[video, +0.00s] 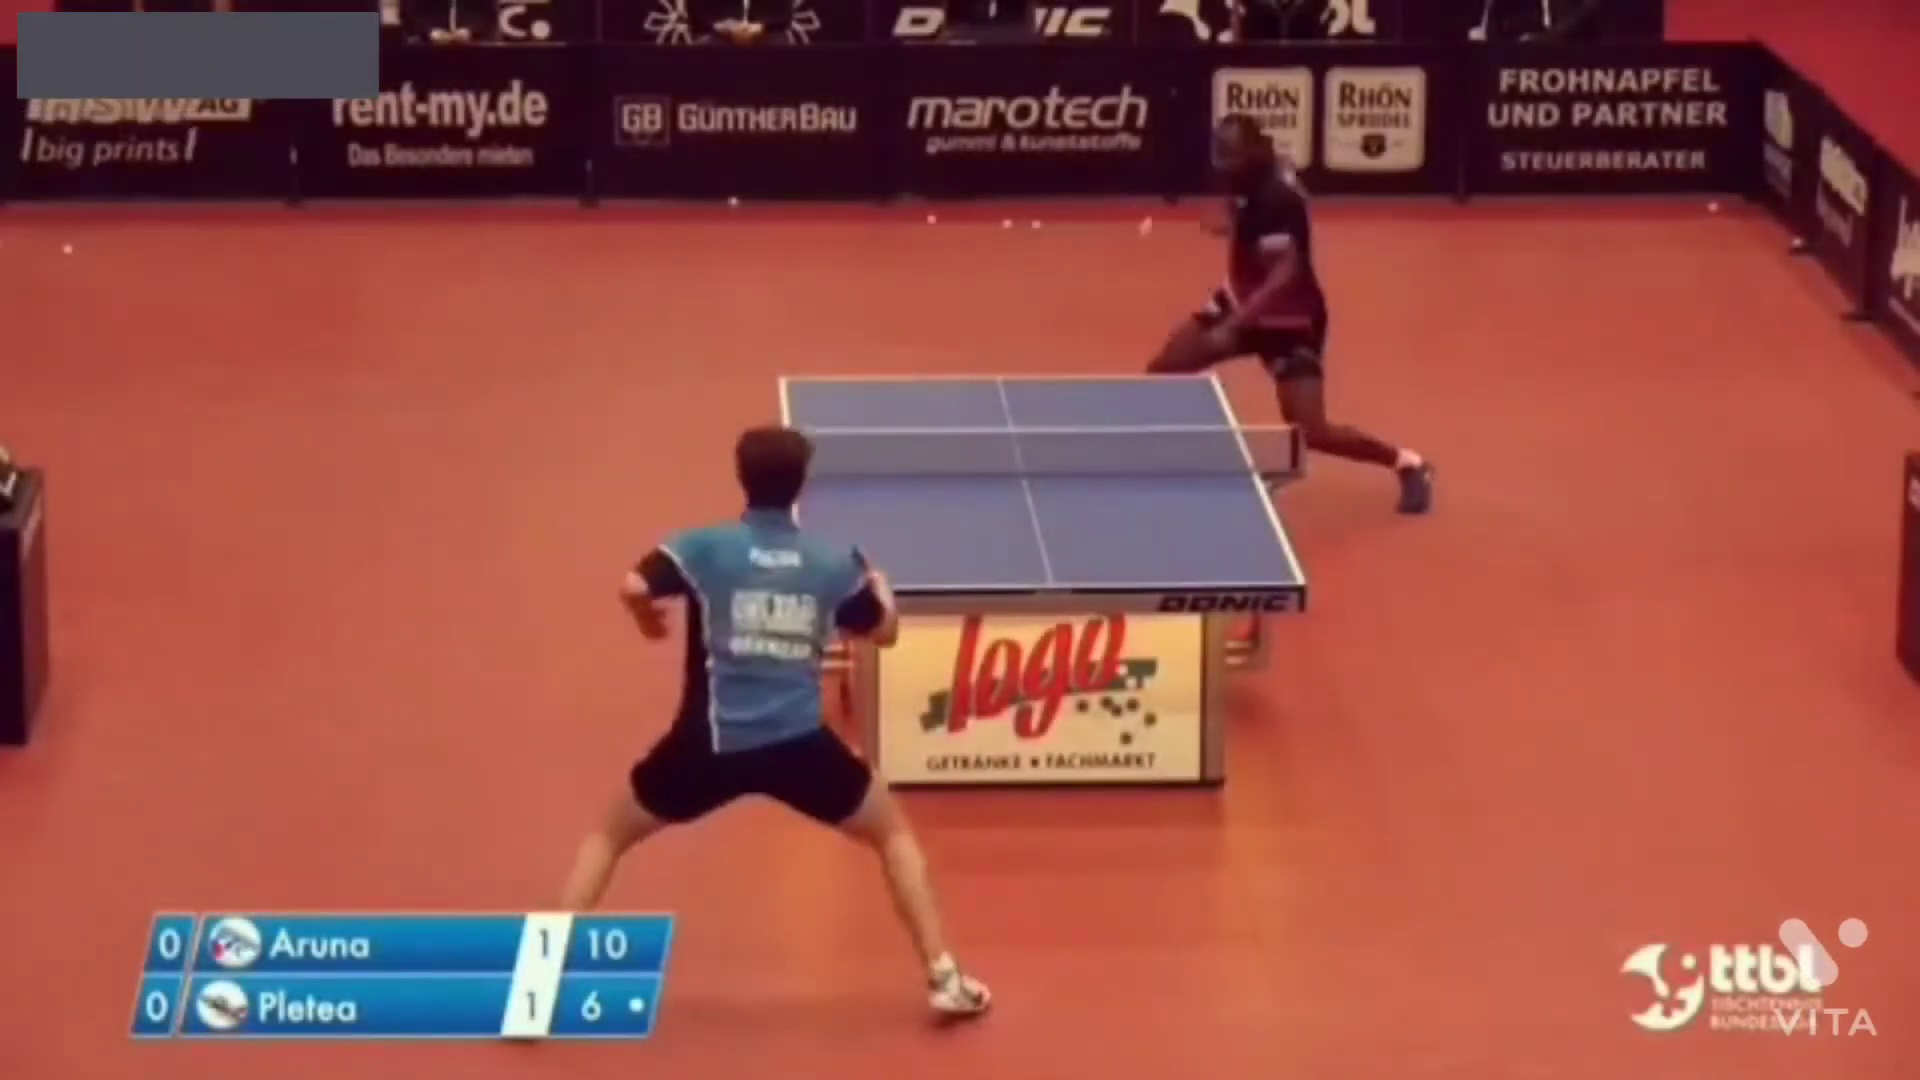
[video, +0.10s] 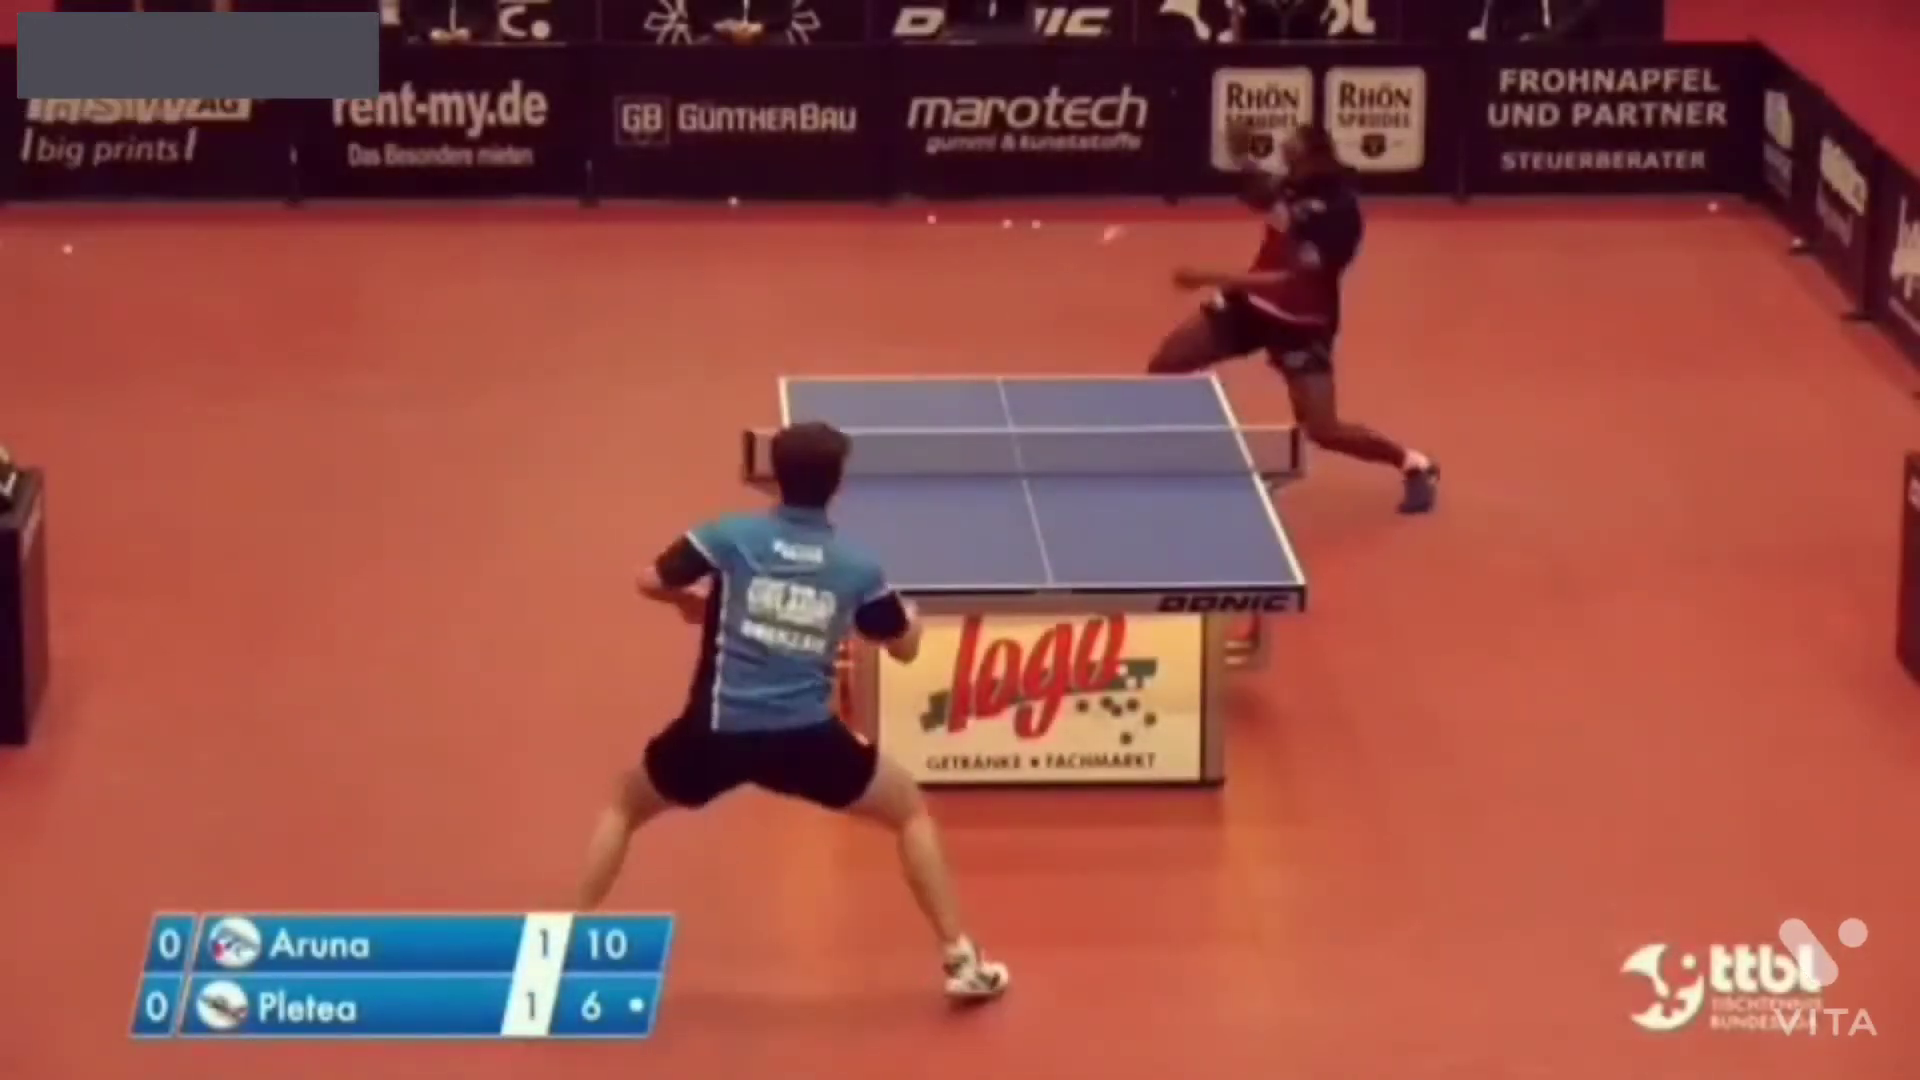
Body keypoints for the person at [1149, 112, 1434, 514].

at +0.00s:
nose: (1221, 157)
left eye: (1229, 149)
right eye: (1219, 148)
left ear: (1257, 149)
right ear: (1226, 150)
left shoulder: (1276, 196)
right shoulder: (1249, 186)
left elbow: (1286, 272)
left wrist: (1233, 322)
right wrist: (1231, 227)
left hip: (1290, 324)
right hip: (1245, 312)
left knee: (1310, 430)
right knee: (1161, 373)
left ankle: (1407, 464)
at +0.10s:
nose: (1288, 164)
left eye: (1295, 157)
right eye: (1287, 158)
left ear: (1319, 158)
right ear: (1294, 161)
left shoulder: (1337, 210)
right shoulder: (1293, 189)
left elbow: (1294, 278)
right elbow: (1266, 199)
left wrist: (1214, 282)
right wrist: (1253, 181)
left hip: (1302, 327)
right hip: (1255, 308)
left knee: (1322, 430)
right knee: (1165, 363)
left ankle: (1415, 465)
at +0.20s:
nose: (1332, 185)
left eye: (1344, 179)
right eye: (1331, 175)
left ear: (1361, 189)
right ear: (1326, 171)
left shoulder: (1363, 249)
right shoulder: (1309, 177)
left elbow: (1305, 292)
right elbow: (1264, 140)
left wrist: (1251, 260)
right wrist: (1320, 120)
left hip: (1309, 335)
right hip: (1252, 311)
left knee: (1335, 429)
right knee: (1158, 369)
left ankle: (1418, 467)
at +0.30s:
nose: (1349, 183)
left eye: (1360, 178)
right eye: (1347, 174)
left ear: (1373, 189)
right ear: (1340, 174)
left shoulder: (1374, 246)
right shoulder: (1317, 188)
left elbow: (1353, 312)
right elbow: (1276, 143)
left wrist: (1271, 314)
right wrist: (1345, 152)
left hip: (1314, 333)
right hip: (1256, 315)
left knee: (1343, 413)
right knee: (1183, 374)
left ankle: (1417, 473)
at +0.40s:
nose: (1330, 187)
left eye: (1340, 180)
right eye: (1325, 177)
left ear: (1358, 187)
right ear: (1315, 174)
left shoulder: (1362, 234)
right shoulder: (1292, 196)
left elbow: (1348, 303)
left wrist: (1270, 324)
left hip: (1305, 326)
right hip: (1241, 312)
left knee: (1340, 404)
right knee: (1170, 375)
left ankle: (1417, 473)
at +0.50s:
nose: (1271, 158)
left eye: (1281, 152)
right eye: (1267, 149)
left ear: (1301, 156)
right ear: (1257, 147)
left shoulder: (1319, 199)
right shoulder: (1233, 177)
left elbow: (1321, 274)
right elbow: (1172, 224)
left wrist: (1278, 318)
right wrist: (1196, 197)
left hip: (1280, 306)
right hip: (1214, 294)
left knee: (1329, 388)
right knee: (1124, 362)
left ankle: (1386, 463)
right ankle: (1082, 449)